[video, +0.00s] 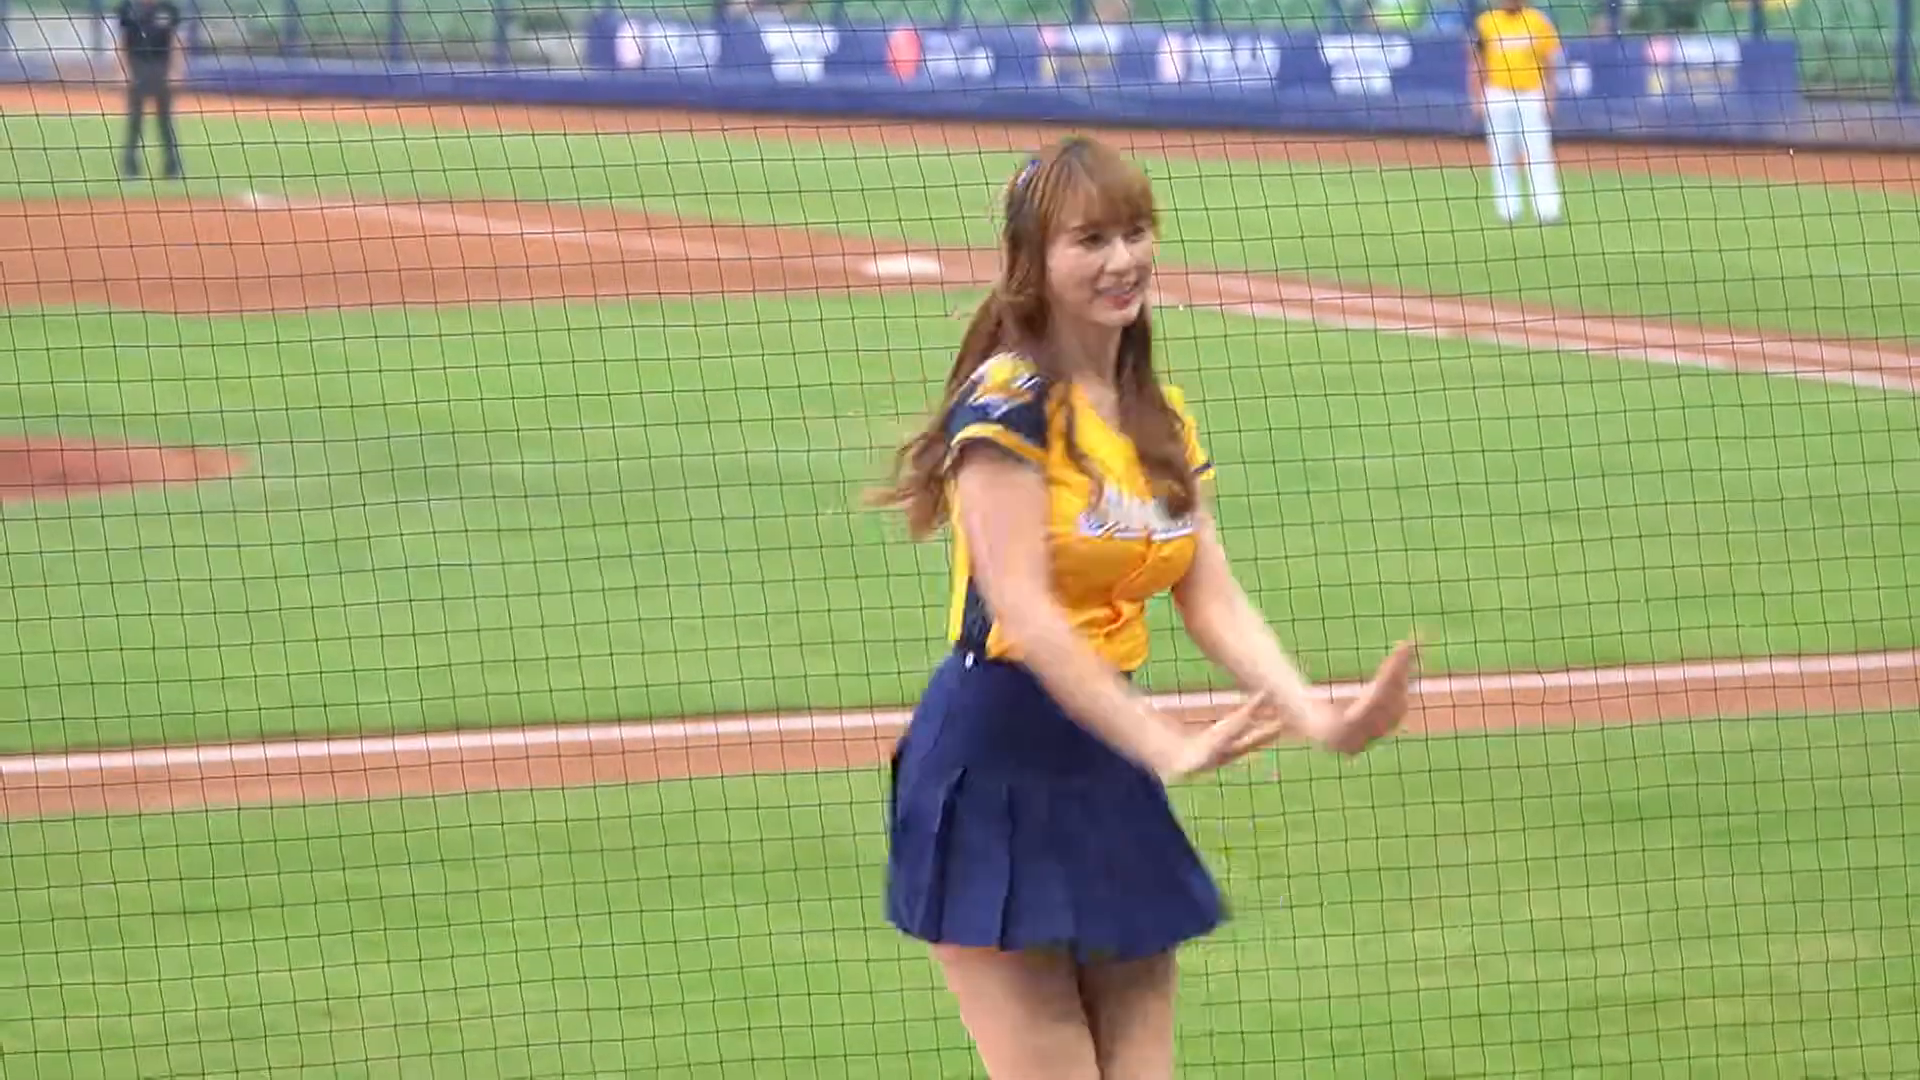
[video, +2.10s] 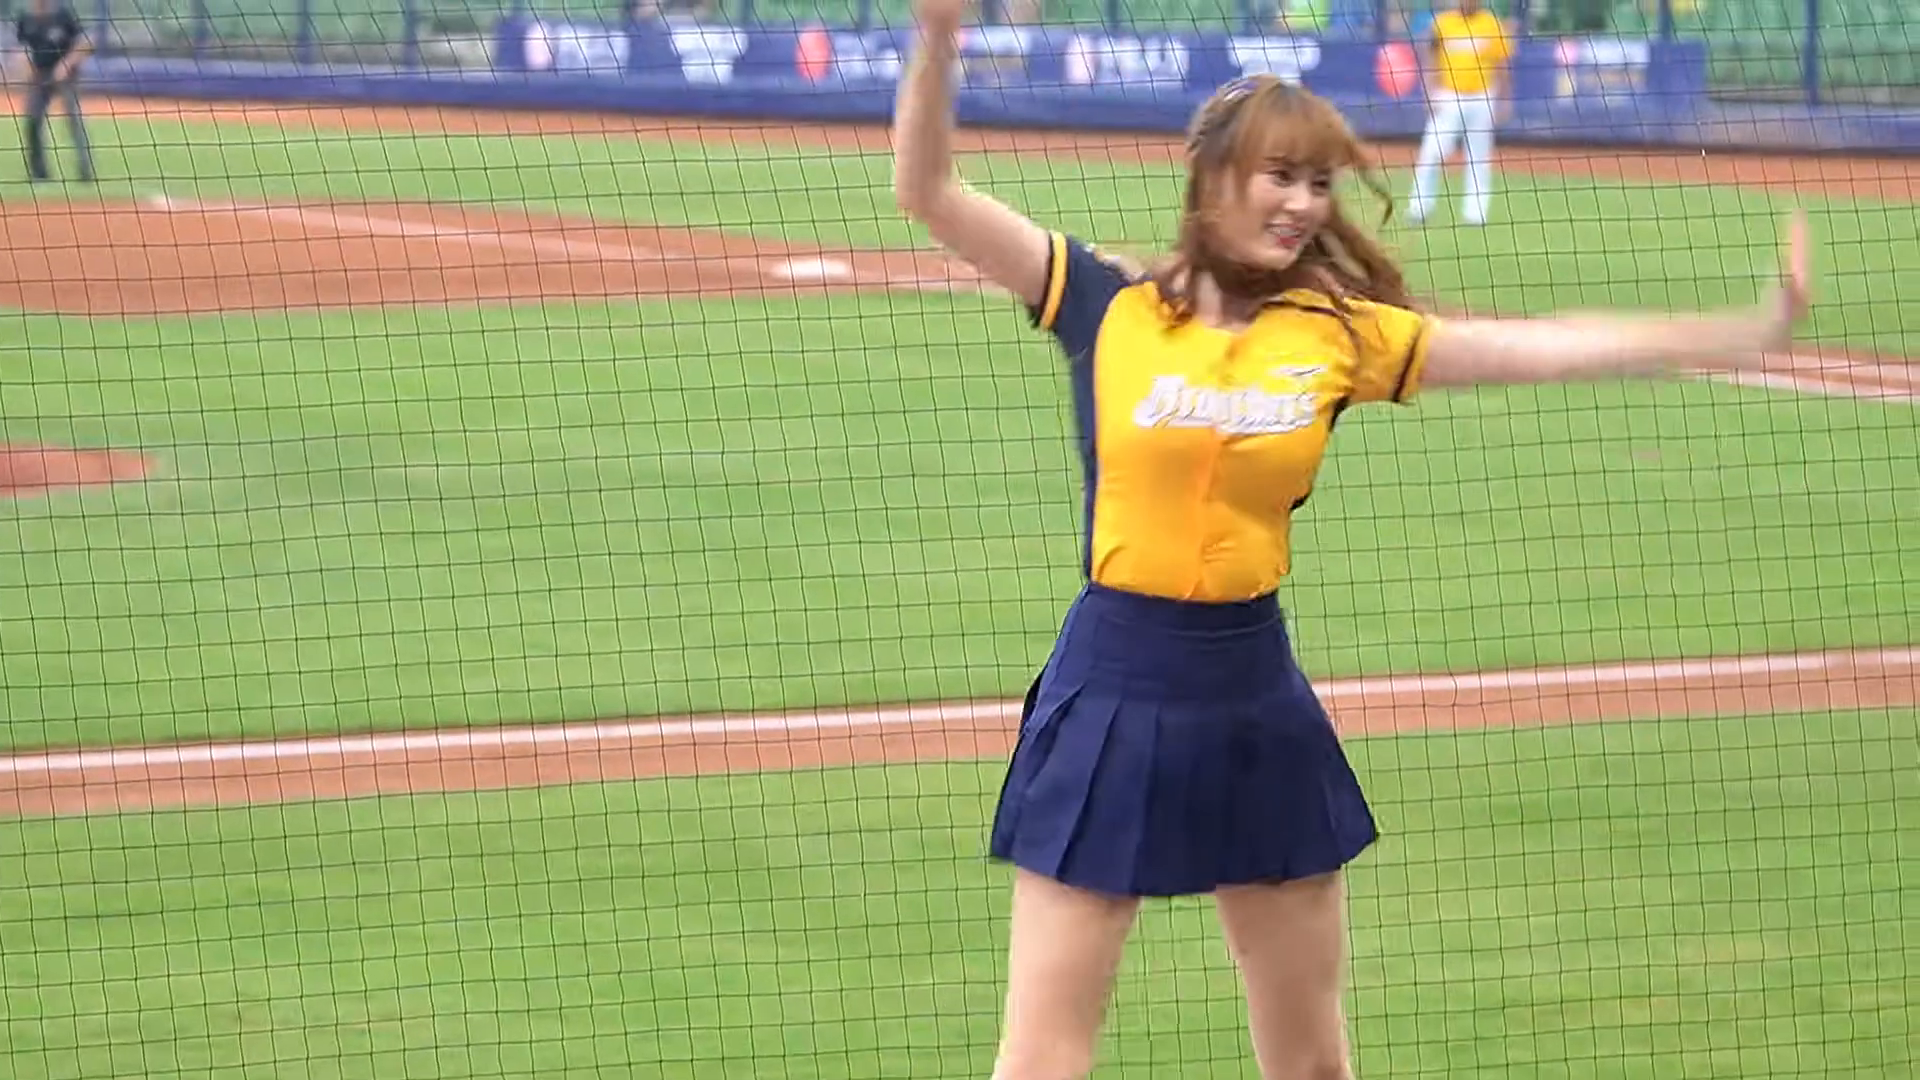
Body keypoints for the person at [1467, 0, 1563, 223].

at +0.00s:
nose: (1510, 3)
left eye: (1514, 0)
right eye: (1507, 0)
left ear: (1522, 1)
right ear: (1499, 1)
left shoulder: (1537, 20)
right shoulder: (1485, 22)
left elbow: (1550, 61)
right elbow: (1474, 61)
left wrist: (1550, 96)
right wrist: (1476, 97)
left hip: (1532, 93)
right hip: (1497, 94)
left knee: (1539, 150)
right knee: (1502, 152)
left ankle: (1547, 206)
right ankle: (1508, 207)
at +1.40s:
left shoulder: (1525, 6)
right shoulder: (1477, 8)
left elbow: (1539, 38)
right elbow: (1464, 44)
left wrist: (1534, 71)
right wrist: (1464, 77)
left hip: (1518, 73)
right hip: (1484, 75)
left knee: (1530, 131)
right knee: (1487, 134)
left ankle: (1543, 186)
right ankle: (1490, 188)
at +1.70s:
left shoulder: (1510, 5)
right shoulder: (1458, 5)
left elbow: (1519, 36)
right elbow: (1450, 35)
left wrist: (1516, 72)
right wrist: (1448, 68)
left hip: (1500, 72)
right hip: (1466, 71)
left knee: (1505, 132)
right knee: (1460, 133)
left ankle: (1510, 184)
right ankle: (1459, 183)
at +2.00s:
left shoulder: (1496, 15)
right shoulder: (1446, 15)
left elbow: (1508, 58)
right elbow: (1433, 51)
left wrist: (1507, 92)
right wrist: (1437, 86)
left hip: (1488, 90)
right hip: (1453, 90)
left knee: (1486, 148)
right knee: (1440, 144)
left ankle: (1484, 202)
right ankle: (1427, 197)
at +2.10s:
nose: (1467, 4)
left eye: (1471, 1)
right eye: (1463, 1)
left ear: (1478, 2)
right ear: (1457, 2)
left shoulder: (1491, 24)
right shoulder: (1442, 23)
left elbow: (1503, 67)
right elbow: (1429, 59)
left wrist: (1504, 101)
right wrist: (1431, 93)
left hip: (1481, 99)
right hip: (1447, 98)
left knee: (1479, 155)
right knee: (1431, 151)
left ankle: (1476, 210)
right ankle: (1419, 205)